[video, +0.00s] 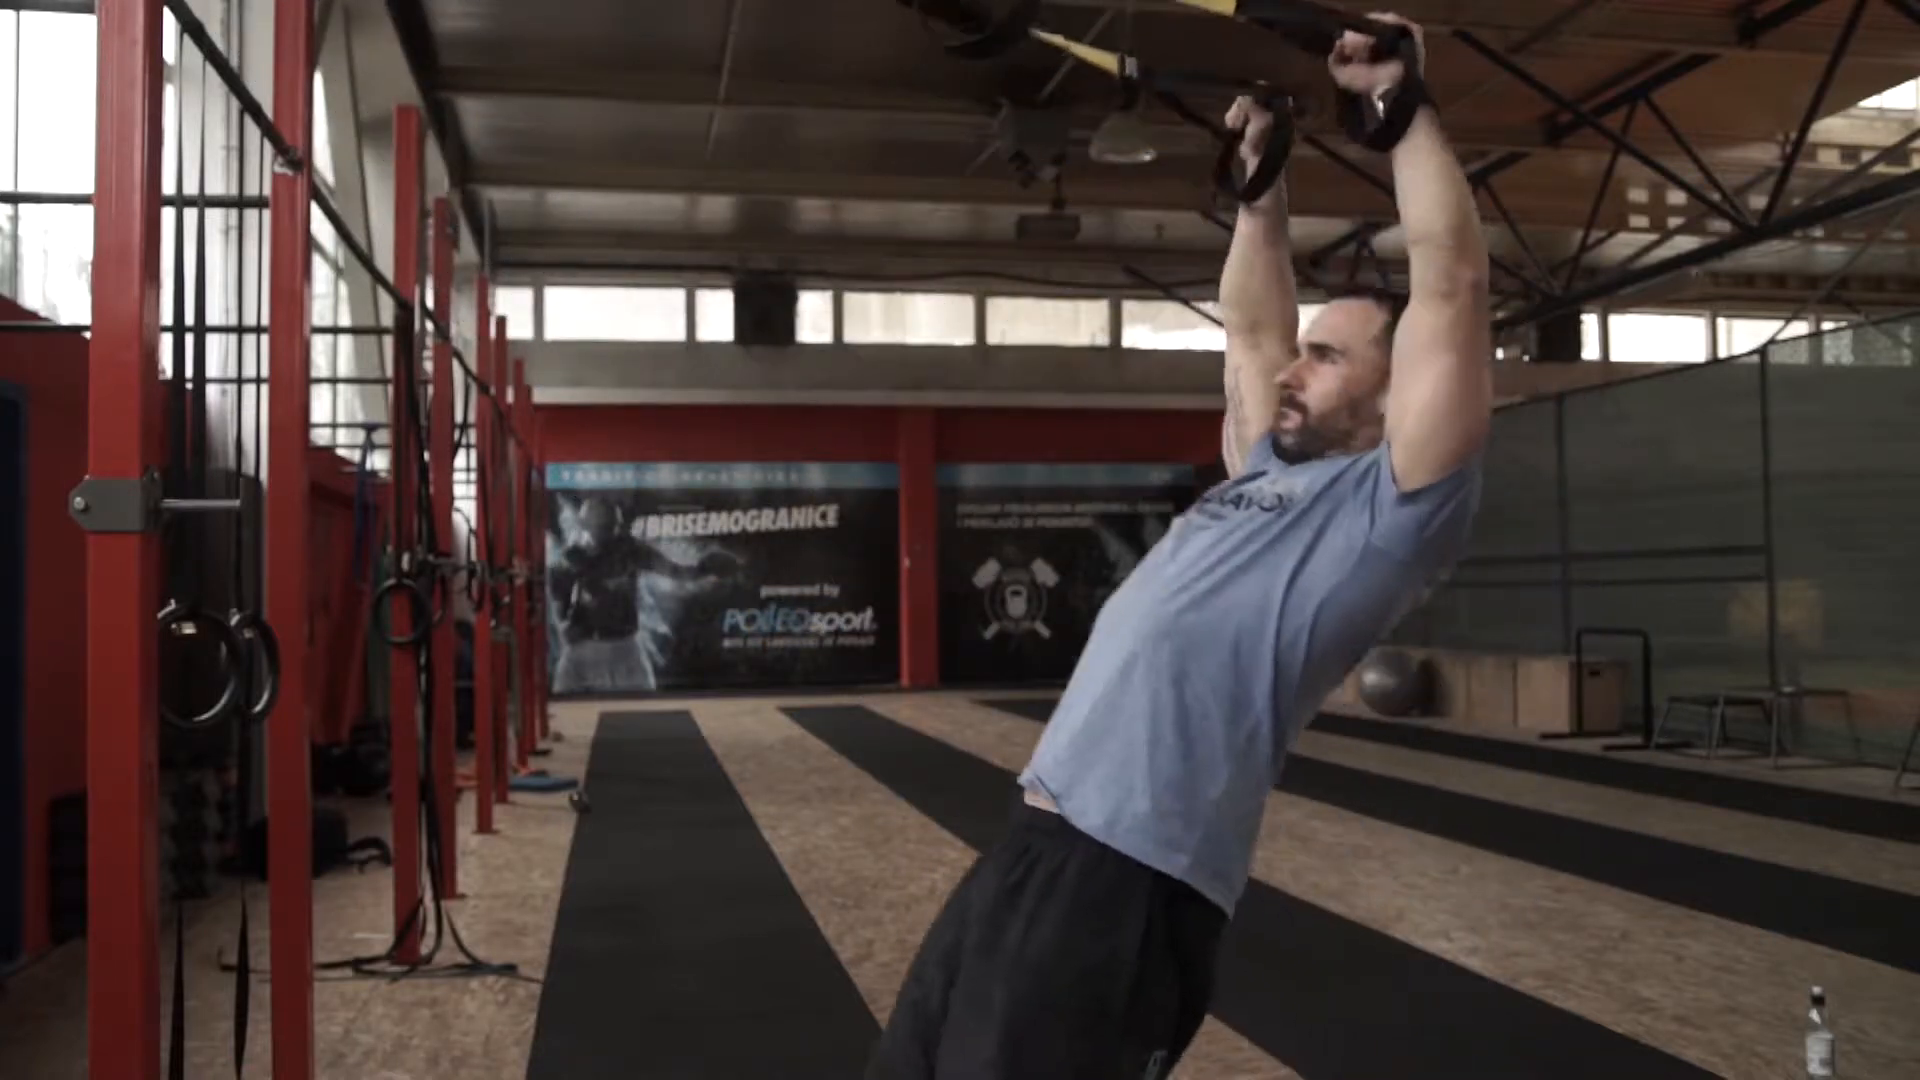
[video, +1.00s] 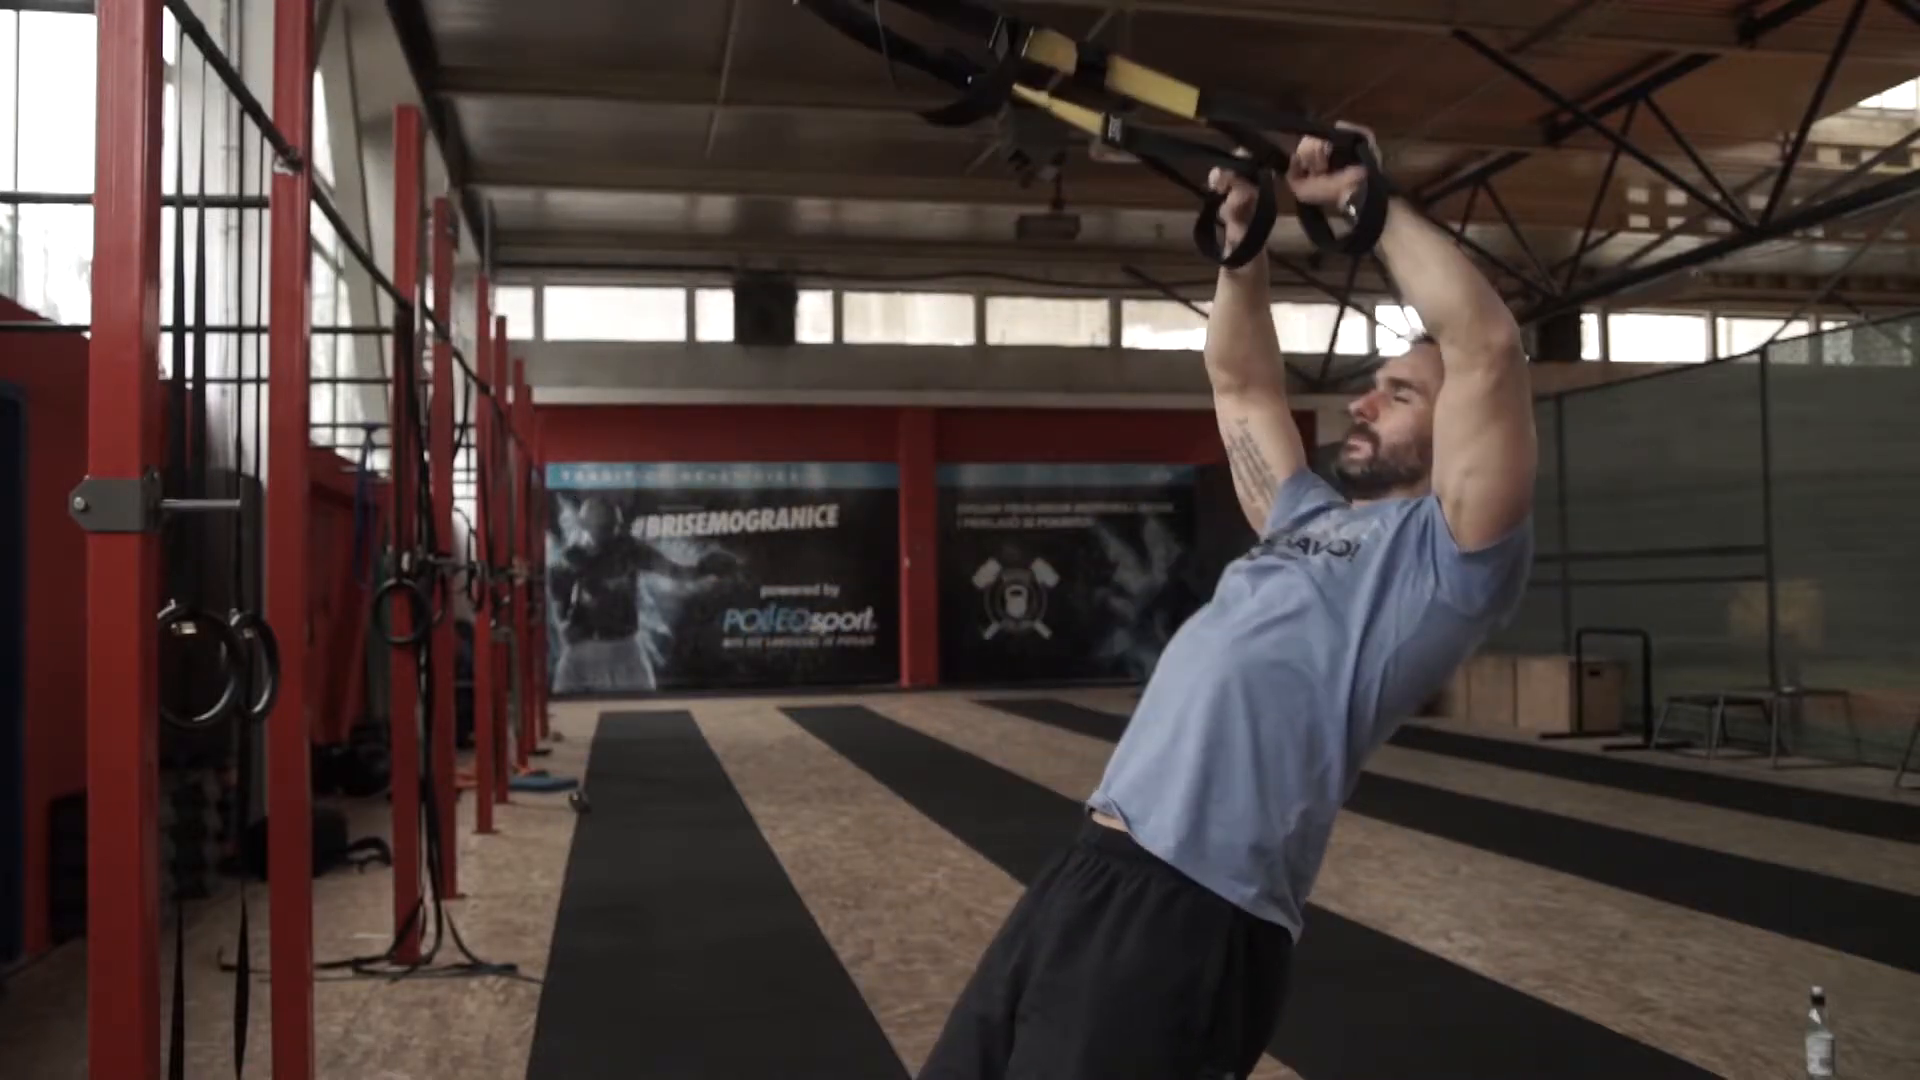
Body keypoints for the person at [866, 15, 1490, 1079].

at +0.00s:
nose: (1291, 369)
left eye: (1328, 354)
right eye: (1296, 349)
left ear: (1397, 382)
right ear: (1296, 365)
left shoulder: (1394, 504)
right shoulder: (1259, 478)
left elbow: (1452, 279)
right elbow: (1252, 341)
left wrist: (1402, 113)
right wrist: (1259, 191)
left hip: (1123, 897)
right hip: (1025, 852)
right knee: (906, 1059)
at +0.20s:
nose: (1195, 333)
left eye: (1230, 314)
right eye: (1200, 309)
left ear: (1309, 356)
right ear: (1195, 332)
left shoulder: (1319, 470)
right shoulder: (1182, 449)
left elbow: (1404, 248)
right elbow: (1211, 277)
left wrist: (1389, 66)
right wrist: (1249, 132)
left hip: (1075, 890)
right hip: (965, 850)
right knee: (870, 1056)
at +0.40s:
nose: (1168, 325)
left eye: (1204, 305)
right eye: (1173, 299)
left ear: (1285, 347)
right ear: (1167, 321)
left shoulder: (1301, 466)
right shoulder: (1160, 439)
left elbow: (1394, 253)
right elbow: (1188, 267)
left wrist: (1381, 61)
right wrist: (1234, 129)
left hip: (1052, 887)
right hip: (937, 848)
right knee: (845, 1062)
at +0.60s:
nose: (1206, 334)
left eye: (1240, 317)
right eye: (1210, 314)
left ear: (1313, 360)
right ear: (1200, 339)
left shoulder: (1322, 476)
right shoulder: (1180, 451)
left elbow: (1400, 255)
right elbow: (1196, 302)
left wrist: (1374, 75)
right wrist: (1234, 154)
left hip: (1070, 887)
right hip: (957, 848)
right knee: (858, 1059)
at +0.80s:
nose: (1275, 353)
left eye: (1311, 338)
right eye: (1281, 335)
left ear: (1376, 386)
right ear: (1276, 360)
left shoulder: (1377, 503)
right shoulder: (1235, 470)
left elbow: (1439, 288)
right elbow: (1217, 335)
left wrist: (1377, 118)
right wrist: (1239, 183)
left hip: (1122, 897)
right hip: (1013, 856)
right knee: (901, 1062)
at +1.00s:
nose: (1363, 406)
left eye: (1398, 394)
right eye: (1368, 388)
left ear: (1452, 428)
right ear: (1366, 406)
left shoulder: (1450, 553)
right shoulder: (1304, 520)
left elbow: (1489, 342)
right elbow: (1245, 392)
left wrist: (1366, 204)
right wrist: (1242, 253)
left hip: (1189, 924)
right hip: (1086, 874)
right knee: (953, 1065)